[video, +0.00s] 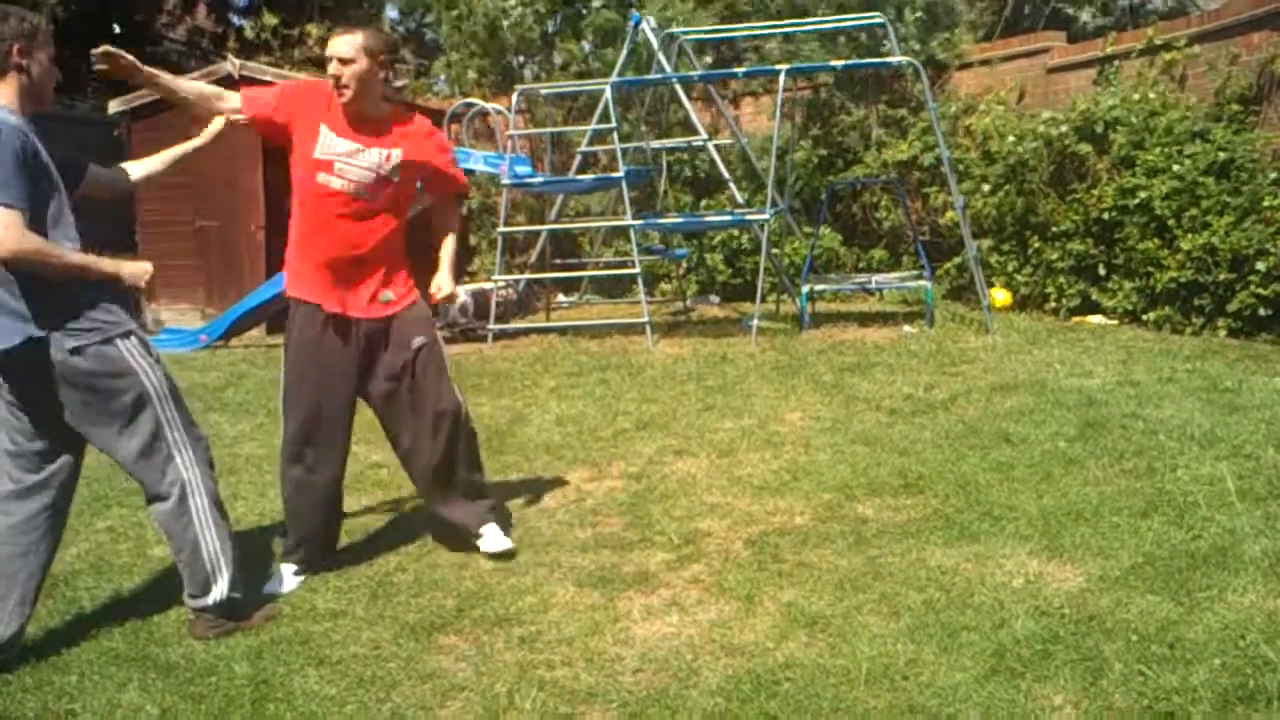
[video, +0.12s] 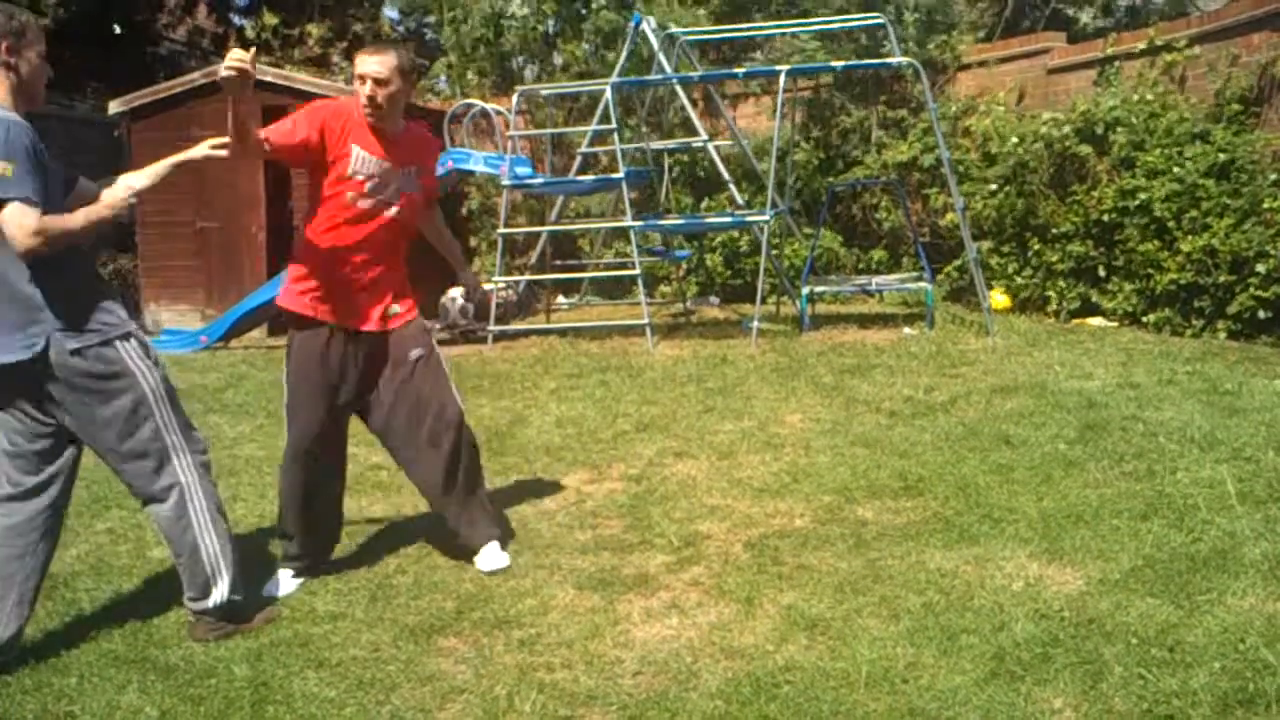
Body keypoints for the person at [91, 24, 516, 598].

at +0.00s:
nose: (334, 71)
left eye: (345, 62)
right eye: (330, 61)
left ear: (380, 67)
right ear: (326, 64)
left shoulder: (418, 135)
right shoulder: (305, 101)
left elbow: (452, 201)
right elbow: (224, 101)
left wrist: (447, 269)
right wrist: (145, 75)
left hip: (391, 295)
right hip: (316, 296)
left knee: (440, 409)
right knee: (309, 428)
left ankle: (476, 516)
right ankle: (302, 552)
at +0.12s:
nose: (369, 91)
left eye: (381, 82)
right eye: (362, 80)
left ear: (407, 88)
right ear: (352, 82)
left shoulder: (422, 142)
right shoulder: (328, 119)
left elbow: (425, 211)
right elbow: (250, 148)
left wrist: (462, 267)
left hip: (389, 307)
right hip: (318, 306)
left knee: (441, 422)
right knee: (308, 440)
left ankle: (482, 537)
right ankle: (301, 557)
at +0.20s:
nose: (381, 101)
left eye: (393, 91)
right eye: (373, 89)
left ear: (414, 94)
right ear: (361, 88)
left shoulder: (427, 148)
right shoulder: (334, 129)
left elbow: (426, 213)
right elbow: (252, 162)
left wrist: (465, 272)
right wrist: (274, 116)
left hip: (405, 319)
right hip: (332, 320)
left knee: (456, 426)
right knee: (308, 446)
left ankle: (481, 537)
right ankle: (296, 558)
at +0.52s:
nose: (304, 67)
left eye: (313, 56)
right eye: (301, 58)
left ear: (351, 55)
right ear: (309, 62)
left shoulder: (409, 115)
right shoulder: (300, 108)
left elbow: (481, 167)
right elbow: (224, 128)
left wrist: (507, 227)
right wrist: (158, 92)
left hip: (391, 308)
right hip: (320, 304)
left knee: (433, 434)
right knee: (286, 433)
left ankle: (500, 543)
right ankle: (257, 556)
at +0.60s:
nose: (283, 88)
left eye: (292, 76)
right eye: (282, 78)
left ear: (329, 75)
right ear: (313, 78)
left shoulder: (391, 130)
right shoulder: (295, 143)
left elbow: (462, 156)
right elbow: (245, 178)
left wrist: (489, 188)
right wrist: (203, 143)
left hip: (391, 331)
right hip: (318, 330)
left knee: (432, 454)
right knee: (270, 451)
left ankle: (500, 551)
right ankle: (238, 569)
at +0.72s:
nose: (236, 104)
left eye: (244, 93)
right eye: (236, 94)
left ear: (276, 94)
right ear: (268, 96)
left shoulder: (311, 125)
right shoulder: (285, 150)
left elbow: (358, 135)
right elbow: (318, 227)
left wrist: (347, 97)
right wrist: (284, 279)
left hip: (338, 327)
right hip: (294, 331)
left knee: (392, 450)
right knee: (245, 443)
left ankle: (489, 535)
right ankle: (230, 568)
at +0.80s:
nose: (220, 117)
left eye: (228, 105)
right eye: (219, 107)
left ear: (254, 108)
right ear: (235, 117)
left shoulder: (276, 141)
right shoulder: (308, 158)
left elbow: (268, 101)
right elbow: (360, 232)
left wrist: (223, 55)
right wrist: (304, 309)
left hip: (317, 330)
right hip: (297, 331)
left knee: (359, 462)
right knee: (240, 455)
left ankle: (469, 538)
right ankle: (226, 581)